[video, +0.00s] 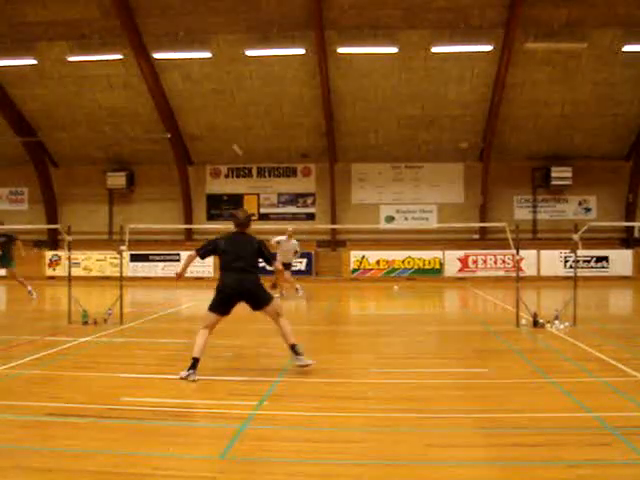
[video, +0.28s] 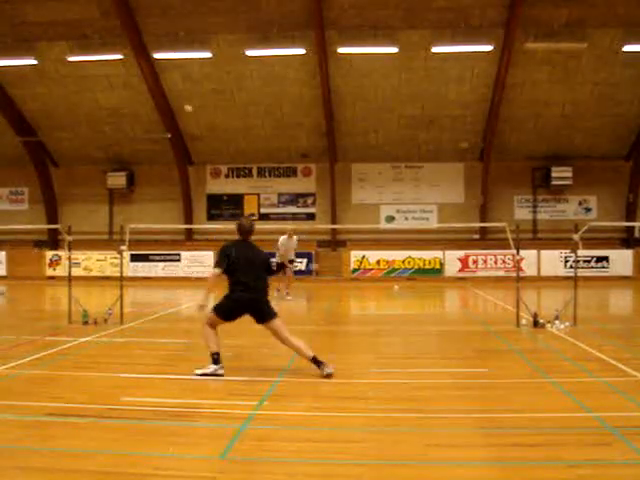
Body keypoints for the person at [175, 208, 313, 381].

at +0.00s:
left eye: (236, 221)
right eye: (248, 222)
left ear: (234, 224)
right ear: (249, 224)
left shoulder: (223, 241)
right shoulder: (256, 243)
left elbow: (194, 254)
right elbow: (277, 266)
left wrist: (182, 271)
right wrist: (281, 283)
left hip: (227, 287)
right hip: (252, 286)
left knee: (206, 327)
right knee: (278, 317)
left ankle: (192, 368)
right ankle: (296, 353)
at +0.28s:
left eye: (240, 227)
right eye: (249, 227)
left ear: (237, 231)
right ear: (252, 232)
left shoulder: (228, 250)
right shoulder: (259, 253)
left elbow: (216, 275)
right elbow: (273, 272)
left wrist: (205, 298)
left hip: (236, 299)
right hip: (259, 300)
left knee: (209, 325)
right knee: (285, 336)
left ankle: (216, 364)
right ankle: (320, 364)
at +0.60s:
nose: (195, 191)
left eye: (199, 190)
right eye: (197, 189)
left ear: (205, 197)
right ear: (199, 196)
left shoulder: (214, 219)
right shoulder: (190, 208)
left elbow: (241, 236)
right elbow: (169, 186)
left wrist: (253, 259)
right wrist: (153, 165)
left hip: (207, 266)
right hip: (202, 264)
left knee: (199, 314)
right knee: (208, 313)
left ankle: (215, 360)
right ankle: (238, 342)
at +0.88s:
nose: (180, 205)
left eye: (184, 204)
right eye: (183, 203)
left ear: (189, 210)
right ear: (190, 211)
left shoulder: (199, 233)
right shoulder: (179, 228)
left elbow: (218, 255)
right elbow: (157, 233)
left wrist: (221, 283)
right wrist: (131, 232)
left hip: (191, 280)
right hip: (177, 277)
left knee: (172, 320)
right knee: (161, 316)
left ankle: (204, 355)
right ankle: (170, 350)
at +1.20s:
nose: (179, 198)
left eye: (180, 196)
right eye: (183, 195)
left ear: (182, 197)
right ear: (198, 199)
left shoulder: (176, 218)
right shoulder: (202, 220)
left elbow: (162, 243)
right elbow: (217, 243)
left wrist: (148, 266)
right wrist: (227, 258)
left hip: (181, 273)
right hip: (197, 272)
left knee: (168, 314)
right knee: (179, 310)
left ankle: (179, 356)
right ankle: (185, 349)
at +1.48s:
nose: (196, 197)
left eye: (196, 195)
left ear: (195, 195)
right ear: (212, 198)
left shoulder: (183, 212)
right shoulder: (217, 217)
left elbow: (163, 234)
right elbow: (240, 237)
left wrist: (147, 256)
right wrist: (261, 252)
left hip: (186, 273)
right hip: (208, 273)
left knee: (182, 313)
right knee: (210, 311)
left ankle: (181, 359)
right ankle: (223, 353)